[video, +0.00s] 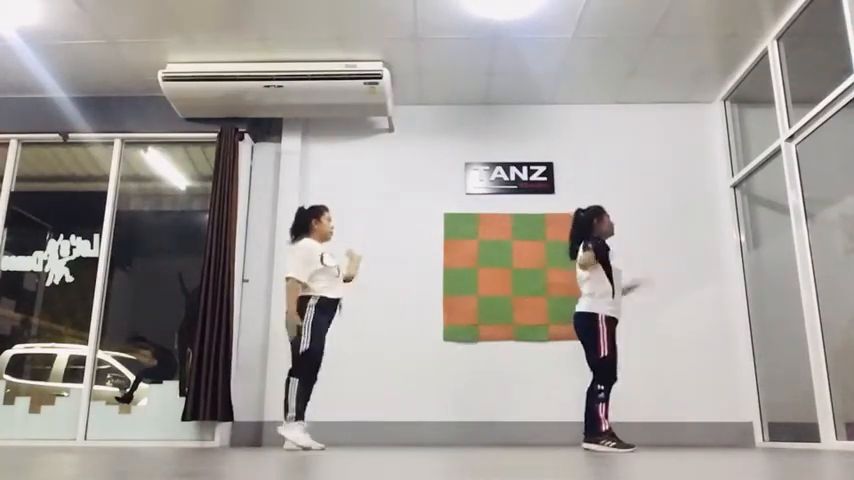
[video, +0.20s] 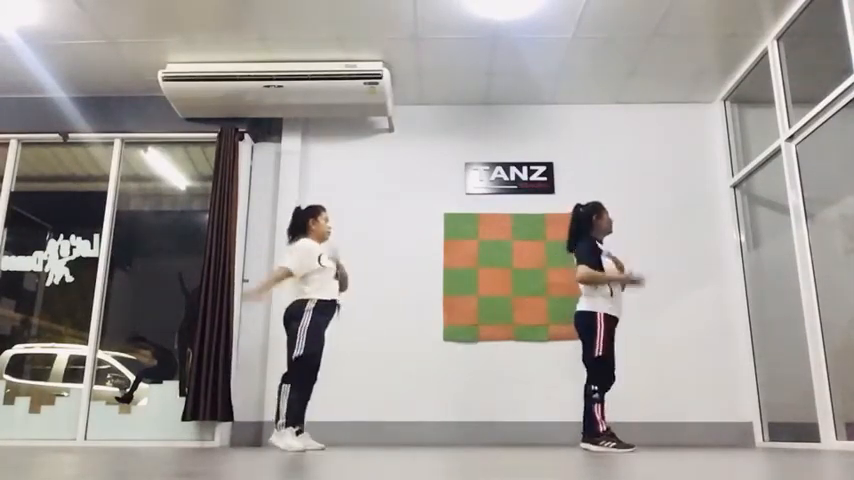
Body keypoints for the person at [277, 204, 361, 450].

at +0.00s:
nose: (332, 225)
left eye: (331, 221)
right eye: (328, 221)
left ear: (317, 224)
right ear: (315, 223)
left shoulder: (323, 251)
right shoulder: (306, 246)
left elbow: (342, 279)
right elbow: (293, 281)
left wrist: (350, 269)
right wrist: (291, 313)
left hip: (324, 308)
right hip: (312, 306)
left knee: (311, 365)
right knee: (304, 361)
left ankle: (297, 429)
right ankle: (291, 423)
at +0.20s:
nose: (329, 226)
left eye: (328, 221)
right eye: (325, 221)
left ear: (313, 224)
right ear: (312, 224)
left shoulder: (320, 252)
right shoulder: (306, 247)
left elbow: (341, 287)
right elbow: (284, 272)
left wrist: (341, 271)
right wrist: (259, 290)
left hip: (318, 312)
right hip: (306, 310)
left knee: (308, 371)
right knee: (298, 369)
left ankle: (297, 431)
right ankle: (282, 430)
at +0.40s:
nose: (328, 224)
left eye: (326, 219)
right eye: (323, 219)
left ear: (311, 222)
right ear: (310, 221)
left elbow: (343, 281)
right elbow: (309, 257)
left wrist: (337, 266)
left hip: (317, 309)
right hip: (302, 307)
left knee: (308, 372)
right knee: (296, 368)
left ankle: (297, 431)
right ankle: (280, 432)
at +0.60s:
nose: (330, 225)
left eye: (329, 220)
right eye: (326, 220)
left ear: (312, 222)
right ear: (314, 221)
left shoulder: (310, 243)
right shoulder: (310, 239)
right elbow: (322, 262)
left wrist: (337, 277)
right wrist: (351, 272)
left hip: (309, 308)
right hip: (302, 306)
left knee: (304, 371)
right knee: (294, 369)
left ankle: (296, 432)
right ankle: (281, 433)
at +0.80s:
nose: (341, 228)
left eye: (339, 224)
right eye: (337, 224)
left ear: (323, 227)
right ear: (325, 226)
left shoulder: (316, 244)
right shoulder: (327, 241)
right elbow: (343, 264)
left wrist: (329, 290)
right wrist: (338, 288)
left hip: (299, 310)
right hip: (296, 310)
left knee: (300, 371)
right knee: (294, 370)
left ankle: (295, 432)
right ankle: (279, 433)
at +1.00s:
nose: (340, 252)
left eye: (343, 248)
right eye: (340, 245)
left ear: (328, 238)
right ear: (328, 235)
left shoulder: (312, 257)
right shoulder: (312, 256)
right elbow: (328, 299)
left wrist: (332, 282)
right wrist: (336, 285)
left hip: (303, 323)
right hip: (294, 322)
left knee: (322, 376)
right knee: (313, 374)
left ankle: (299, 432)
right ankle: (279, 433)